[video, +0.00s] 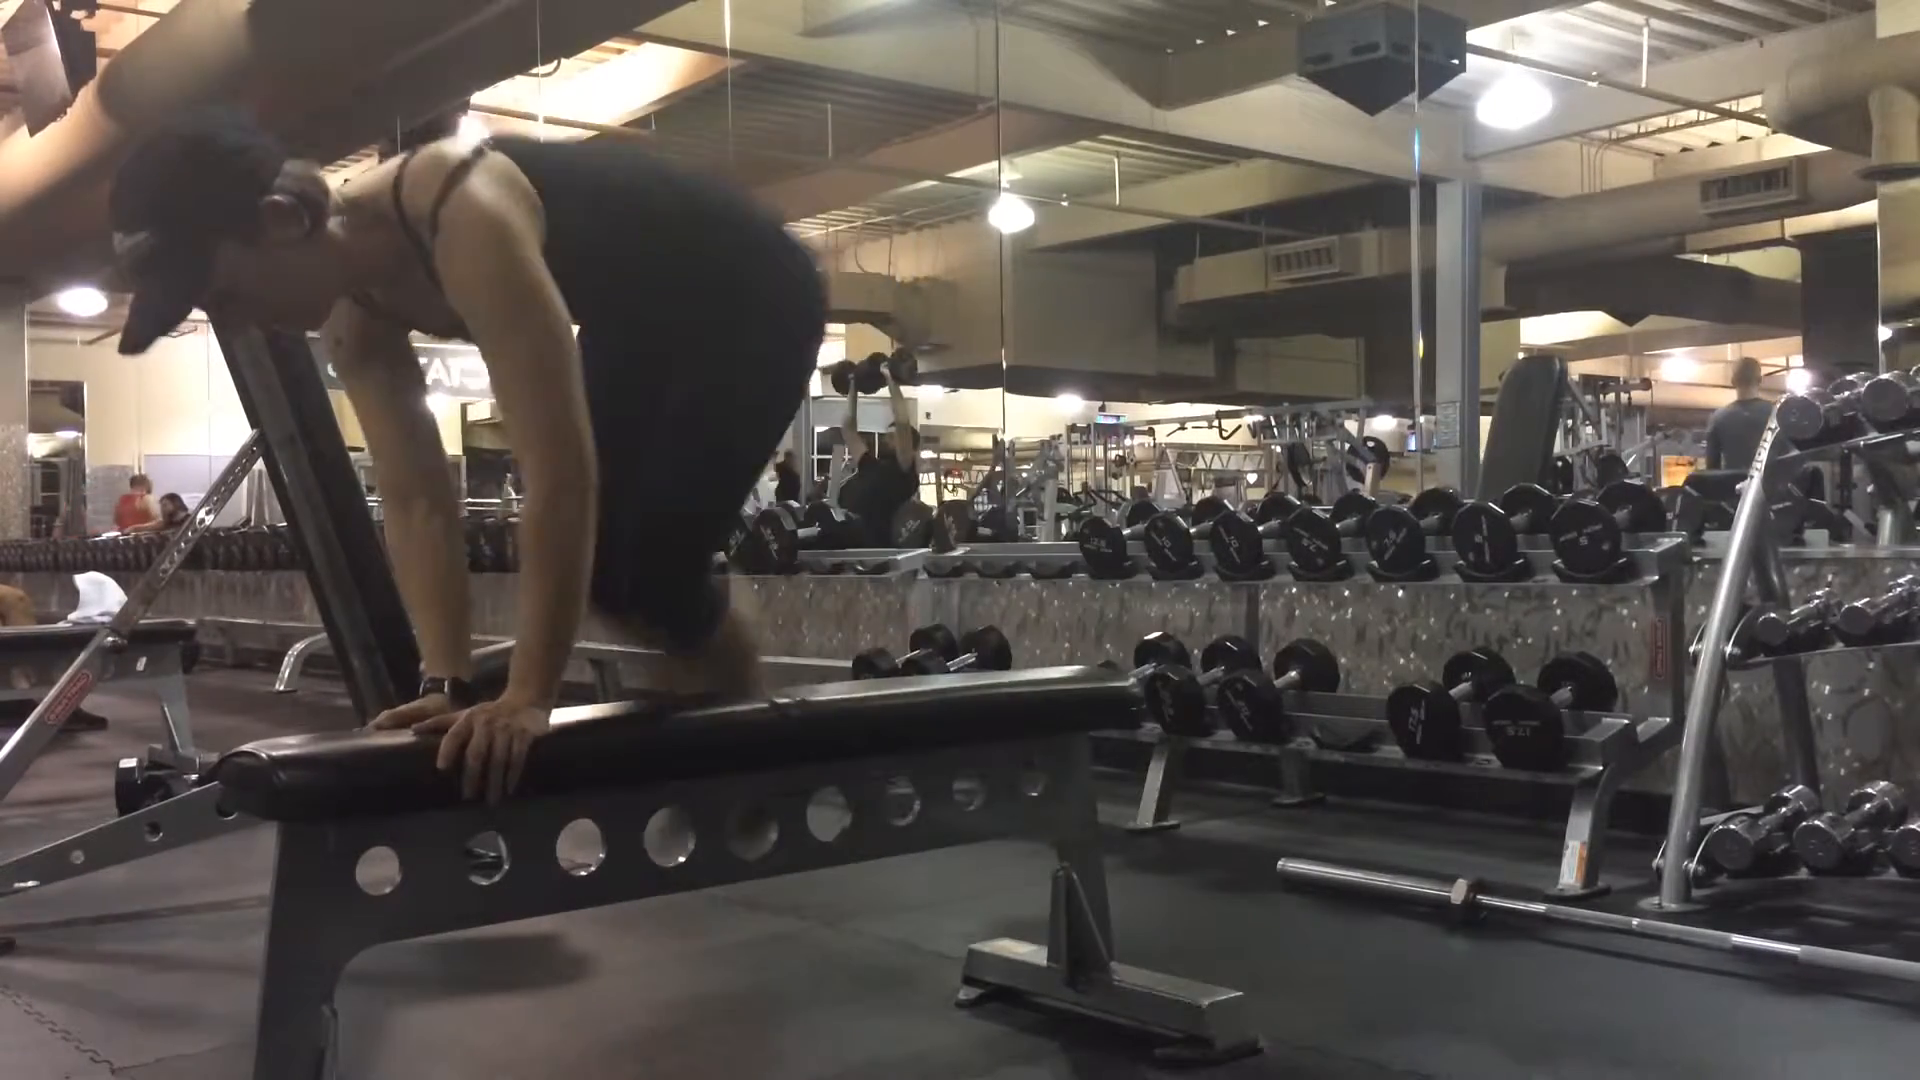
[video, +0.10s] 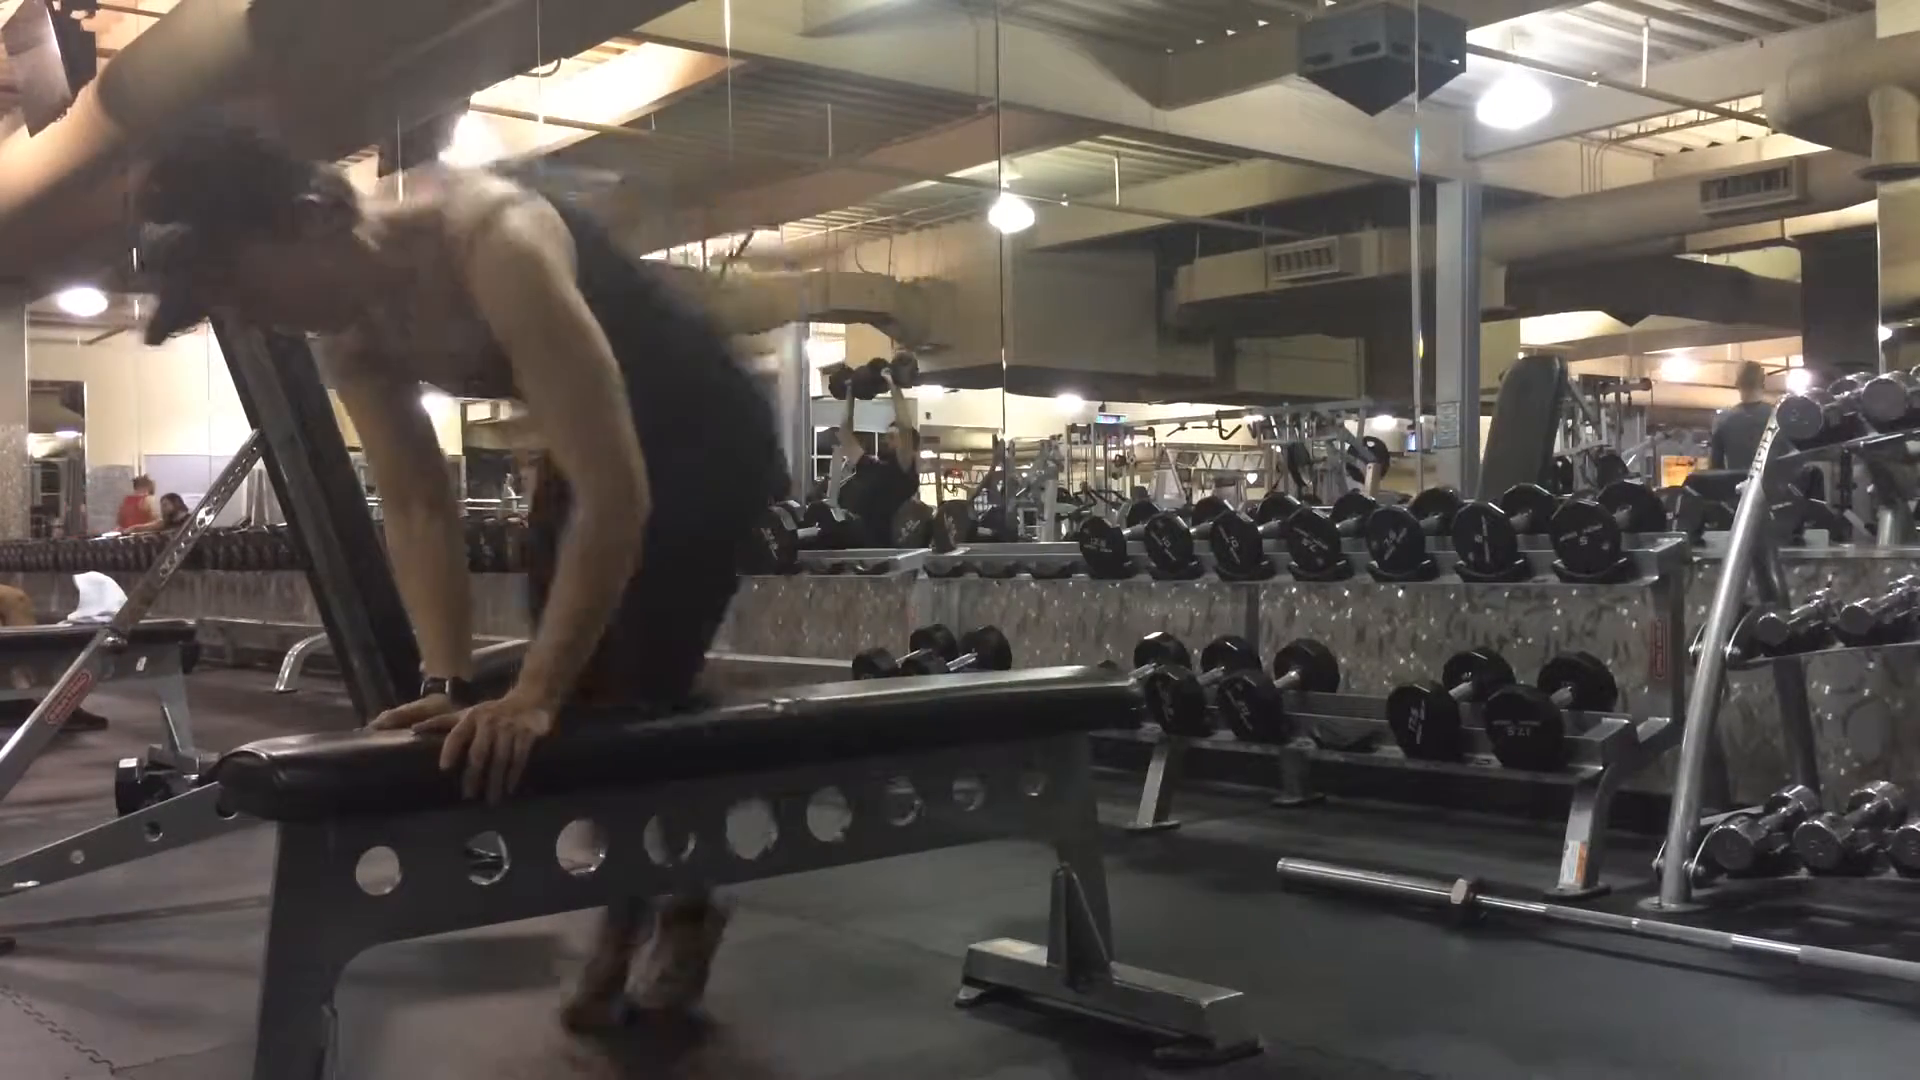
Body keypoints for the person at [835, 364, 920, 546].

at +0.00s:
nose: (886, 437)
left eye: (894, 435)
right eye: (887, 434)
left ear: (909, 445)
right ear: (884, 437)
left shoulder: (904, 476)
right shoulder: (869, 466)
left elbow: (902, 424)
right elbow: (848, 428)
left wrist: (890, 379)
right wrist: (852, 385)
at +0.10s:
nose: (888, 437)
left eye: (896, 434)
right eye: (888, 433)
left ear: (909, 442)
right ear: (886, 438)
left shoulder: (905, 476)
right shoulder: (869, 467)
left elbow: (906, 428)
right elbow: (844, 433)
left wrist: (893, 385)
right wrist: (849, 392)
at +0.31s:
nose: (884, 440)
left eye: (892, 436)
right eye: (885, 436)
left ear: (904, 443)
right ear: (879, 439)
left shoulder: (905, 478)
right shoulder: (861, 470)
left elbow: (908, 440)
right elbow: (839, 449)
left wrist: (898, 401)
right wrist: (845, 405)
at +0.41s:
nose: (884, 440)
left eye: (891, 436)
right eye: (885, 435)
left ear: (904, 443)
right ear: (881, 438)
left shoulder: (904, 478)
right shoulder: (862, 470)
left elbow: (912, 444)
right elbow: (837, 456)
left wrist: (899, 409)